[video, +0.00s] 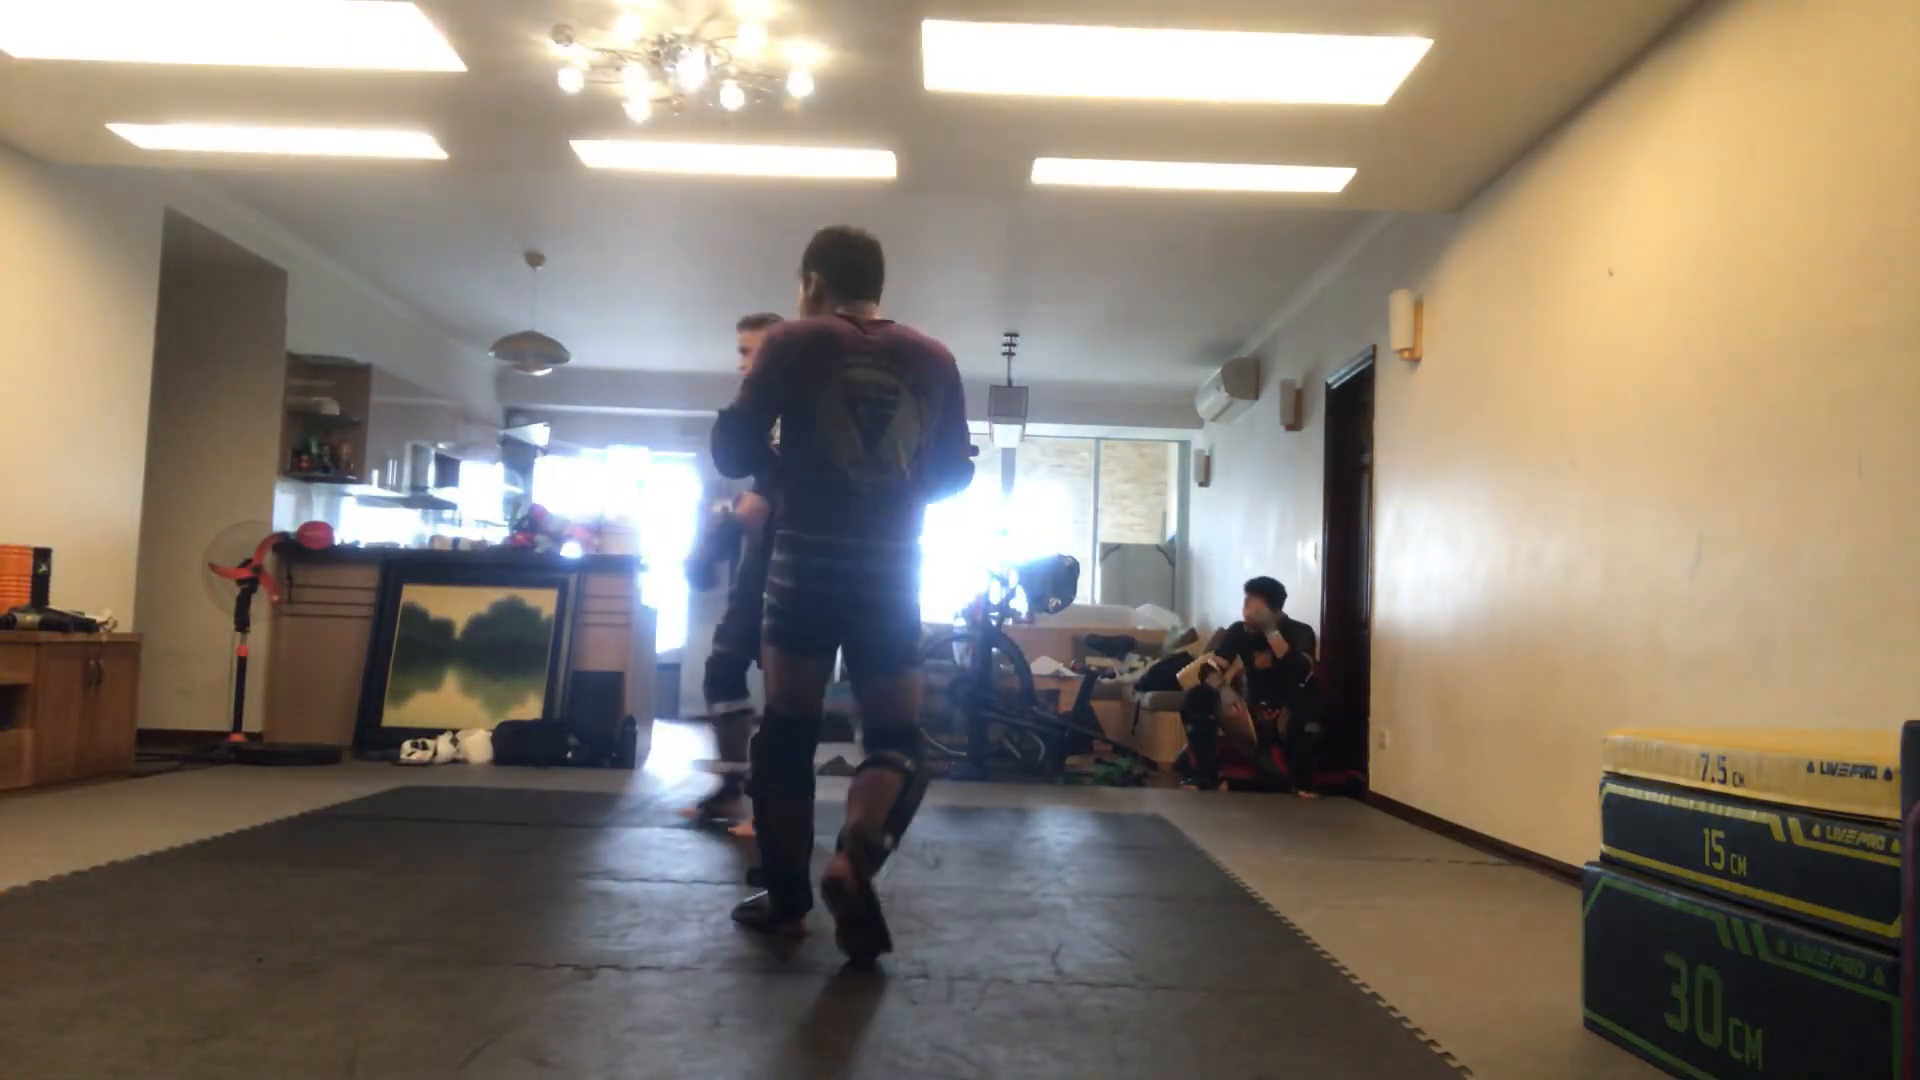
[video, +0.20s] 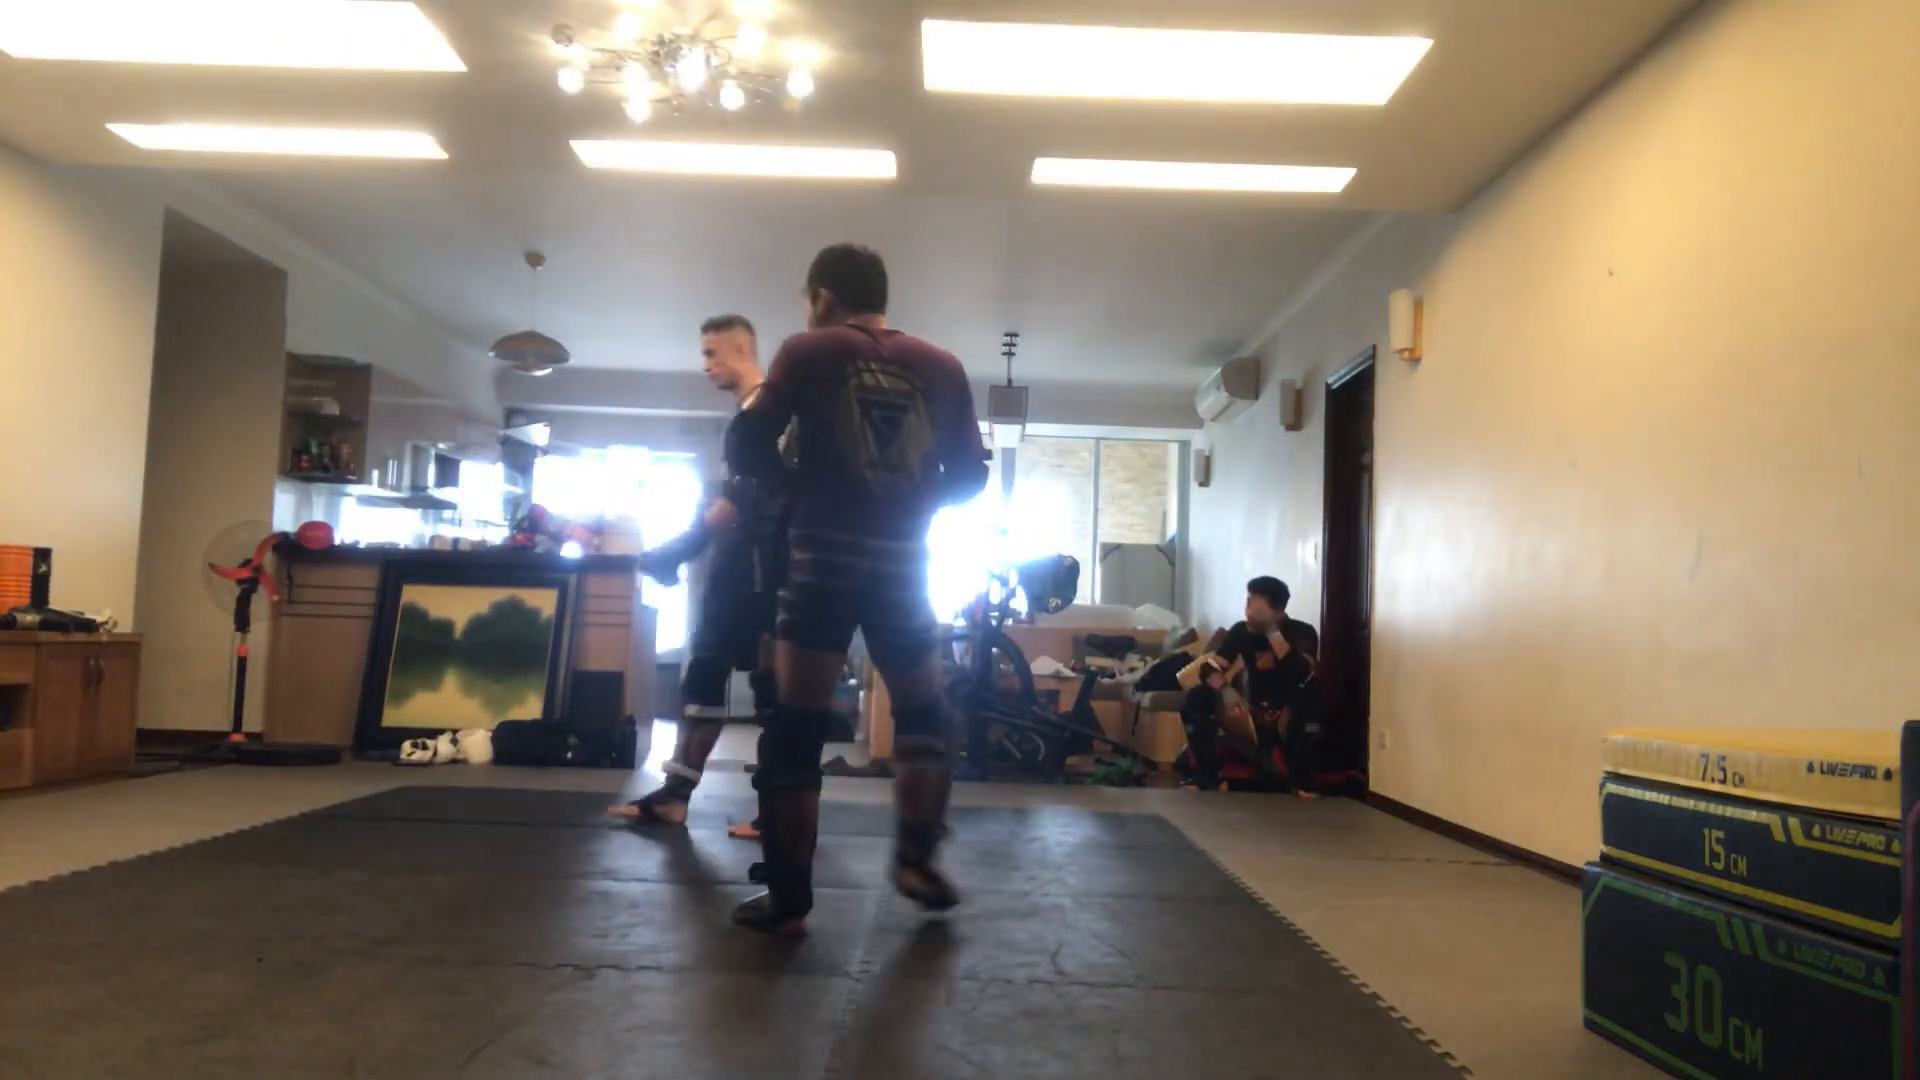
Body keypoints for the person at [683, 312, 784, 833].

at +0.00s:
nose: (744, 362)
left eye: (752, 352)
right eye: (741, 352)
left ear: (781, 353)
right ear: (743, 354)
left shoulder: (800, 412)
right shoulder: (750, 414)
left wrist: (767, 503)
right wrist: (732, 513)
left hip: (794, 568)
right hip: (756, 567)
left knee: (786, 687)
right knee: (723, 670)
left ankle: (776, 805)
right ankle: (734, 782)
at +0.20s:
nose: (707, 364)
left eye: (713, 353)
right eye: (705, 355)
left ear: (744, 350)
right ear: (734, 353)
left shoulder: (774, 408)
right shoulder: (742, 418)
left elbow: (785, 490)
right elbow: (728, 507)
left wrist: (738, 505)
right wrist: (663, 557)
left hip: (773, 568)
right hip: (733, 569)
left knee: (774, 686)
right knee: (704, 673)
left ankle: (782, 806)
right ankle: (674, 795)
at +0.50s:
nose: (658, 359)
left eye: (665, 349)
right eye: (657, 350)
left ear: (695, 349)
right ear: (683, 352)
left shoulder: (719, 402)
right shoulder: (693, 409)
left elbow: (738, 486)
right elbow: (691, 495)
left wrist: (714, 561)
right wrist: (670, 555)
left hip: (704, 563)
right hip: (680, 560)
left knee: (694, 674)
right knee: (673, 676)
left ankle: (766, 777)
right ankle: (669, 793)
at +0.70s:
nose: (631, 359)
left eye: (638, 348)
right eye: (630, 350)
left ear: (670, 347)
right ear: (649, 353)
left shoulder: (701, 402)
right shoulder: (662, 414)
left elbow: (733, 483)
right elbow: (657, 505)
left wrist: (716, 557)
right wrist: (631, 572)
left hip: (681, 557)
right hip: (657, 556)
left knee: (639, 670)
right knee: (658, 674)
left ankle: (696, 780)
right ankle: (669, 792)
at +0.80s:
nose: (618, 358)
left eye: (625, 347)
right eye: (617, 349)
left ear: (658, 346)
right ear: (638, 352)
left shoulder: (692, 403)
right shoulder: (649, 415)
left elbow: (721, 485)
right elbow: (649, 501)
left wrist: (704, 558)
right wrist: (617, 554)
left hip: (669, 557)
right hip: (647, 555)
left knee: (620, 669)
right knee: (655, 672)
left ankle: (654, 794)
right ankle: (662, 794)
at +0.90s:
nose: (604, 356)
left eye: (611, 345)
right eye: (602, 347)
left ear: (643, 345)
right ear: (621, 351)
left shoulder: (677, 403)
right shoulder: (628, 418)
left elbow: (707, 485)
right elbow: (621, 508)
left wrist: (689, 560)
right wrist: (589, 565)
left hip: (658, 558)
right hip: (629, 557)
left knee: (600, 671)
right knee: (651, 671)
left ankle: (579, 799)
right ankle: (668, 796)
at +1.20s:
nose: (561, 344)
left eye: (569, 334)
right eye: (560, 335)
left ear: (603, 336)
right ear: (585, 340)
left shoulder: (623, 397)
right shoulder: (586, 404)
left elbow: (643, 490)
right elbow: (581, 495)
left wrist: (621, 564)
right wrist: (552, 553)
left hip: (600, 561)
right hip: (579, 560)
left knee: (566, 679)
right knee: (604, 674)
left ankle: (530, 810)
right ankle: (659, 785)